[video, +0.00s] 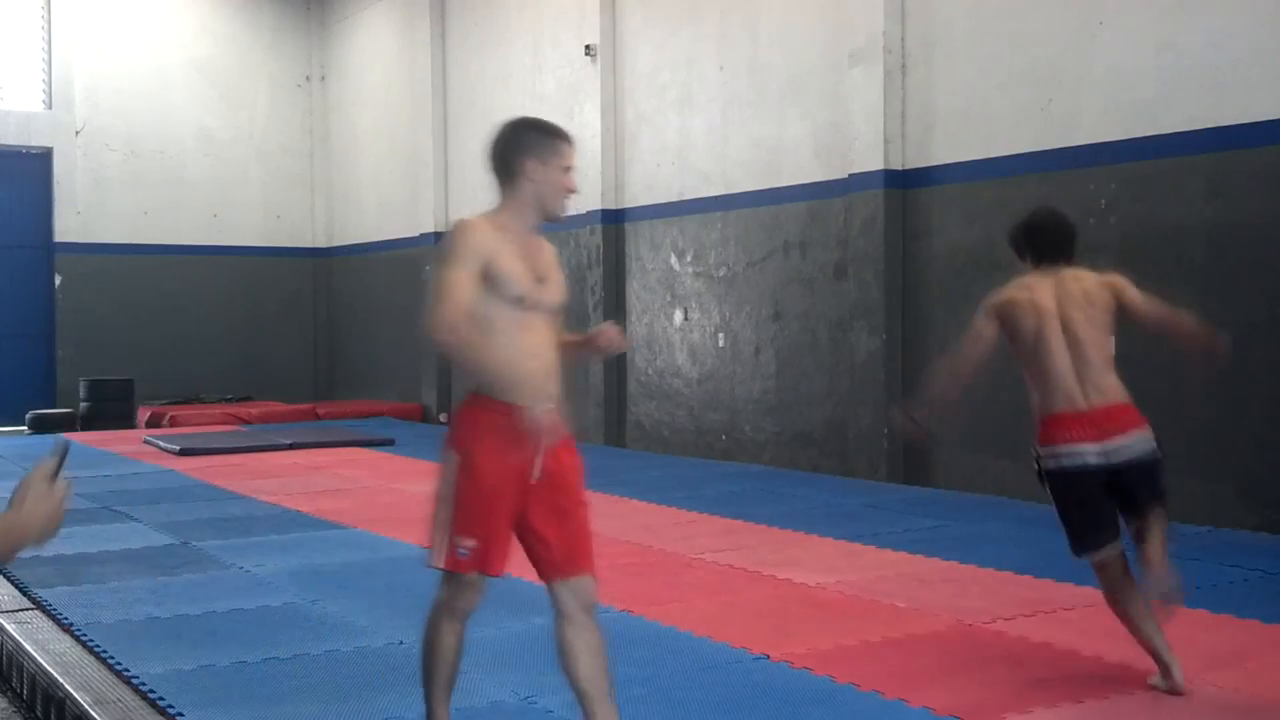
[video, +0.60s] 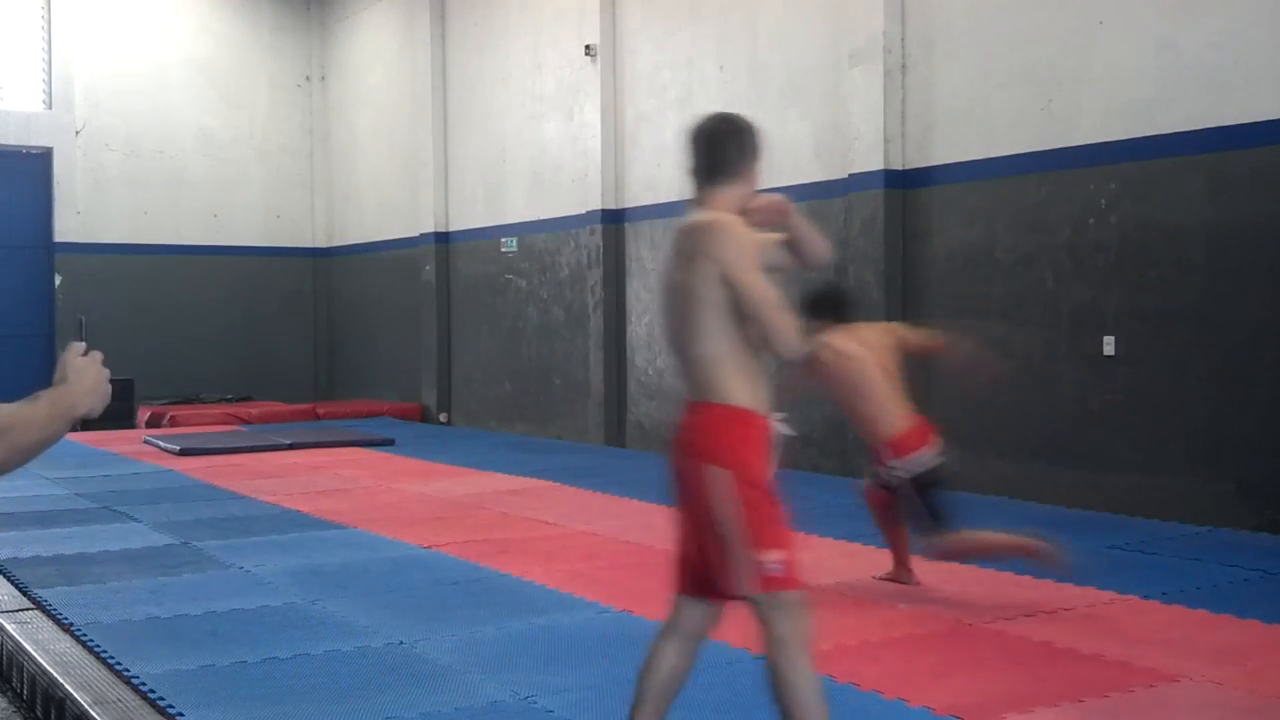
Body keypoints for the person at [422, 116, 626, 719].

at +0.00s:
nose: (572, 184)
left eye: (573, 171)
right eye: (564, 170)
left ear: (534, 173)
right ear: (526, 170)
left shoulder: (545, 252)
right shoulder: (474, 236)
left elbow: (535, 341)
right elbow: (446, 327)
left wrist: (586, 342)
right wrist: (522, 392)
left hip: (549, 434)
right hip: (488, 433)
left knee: (578, 597)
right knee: (460, 594)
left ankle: (605, 716)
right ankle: (437, 713)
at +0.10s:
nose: (599, 189)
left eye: (599, 175)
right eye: (591, 175)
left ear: (568, 175)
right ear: (556, 174)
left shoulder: (576, 255)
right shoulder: (507, 234)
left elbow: (574, 344)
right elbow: (505, 325)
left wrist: (622, 334)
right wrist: (594, 344)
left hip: (584, 441)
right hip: (527, 439)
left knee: (605, 604)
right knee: (492, 603)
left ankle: (616, 715)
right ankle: (444, 711)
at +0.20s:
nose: (630, 186)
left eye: (630, 172)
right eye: (623, 172)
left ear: (599, 172)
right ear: (590, 171)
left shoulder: (609, 250)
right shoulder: (541, 233)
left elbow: (641, 339)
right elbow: (571, 327)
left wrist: (668, 307)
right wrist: (647, 315)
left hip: (622, 438)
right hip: (568, 438)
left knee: (622, 607)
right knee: (560, 611)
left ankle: (621, 717)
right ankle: (476, 704)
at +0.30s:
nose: (660, 180)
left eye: (659, 167)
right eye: (651, 167)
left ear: (626, 171)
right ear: (621, 168)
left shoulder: (640, 238)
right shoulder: (580, 228)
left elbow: (705, 311)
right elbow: (639, 324)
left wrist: (703, 265)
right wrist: (676, 288)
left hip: (648, 431)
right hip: (604, 431)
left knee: (638, 601)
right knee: (635, 600)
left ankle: (624, 712)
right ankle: (543, 704)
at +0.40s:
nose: (690, 175)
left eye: (689, 165)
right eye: (687, 164)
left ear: (635, 163)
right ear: (669, 164)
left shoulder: (669, 234)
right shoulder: (625, 225)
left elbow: (751, 285)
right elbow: (690, 325)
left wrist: (732, 236)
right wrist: (695, 273)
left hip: (669, 430)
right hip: (641, 432)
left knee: (652, 603)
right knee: (695, 595)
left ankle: (629, 711)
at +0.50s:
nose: (724, 173)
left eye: (721, 163)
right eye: (723, 163)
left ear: (664, 162)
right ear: (713, 164)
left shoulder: (676, 227)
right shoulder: (675, 229)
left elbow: (786, 269)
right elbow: (739, 332)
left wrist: (756, 221)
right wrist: (726, 271)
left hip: (678, 435)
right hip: (685, 439)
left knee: (665, 610)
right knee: (738, 613)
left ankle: (634, 713)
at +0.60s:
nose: (757, 174)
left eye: (750, 164)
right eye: (755, 164)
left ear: (699, 166)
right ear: (749, 167)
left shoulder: (699, 231)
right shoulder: (723, 235)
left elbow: (817, 255)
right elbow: (786, 339)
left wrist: (787, 215)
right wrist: (808, 323)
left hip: (706, 439)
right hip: (731, 445)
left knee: (692, 616)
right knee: (786, 616)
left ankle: (641, 714)